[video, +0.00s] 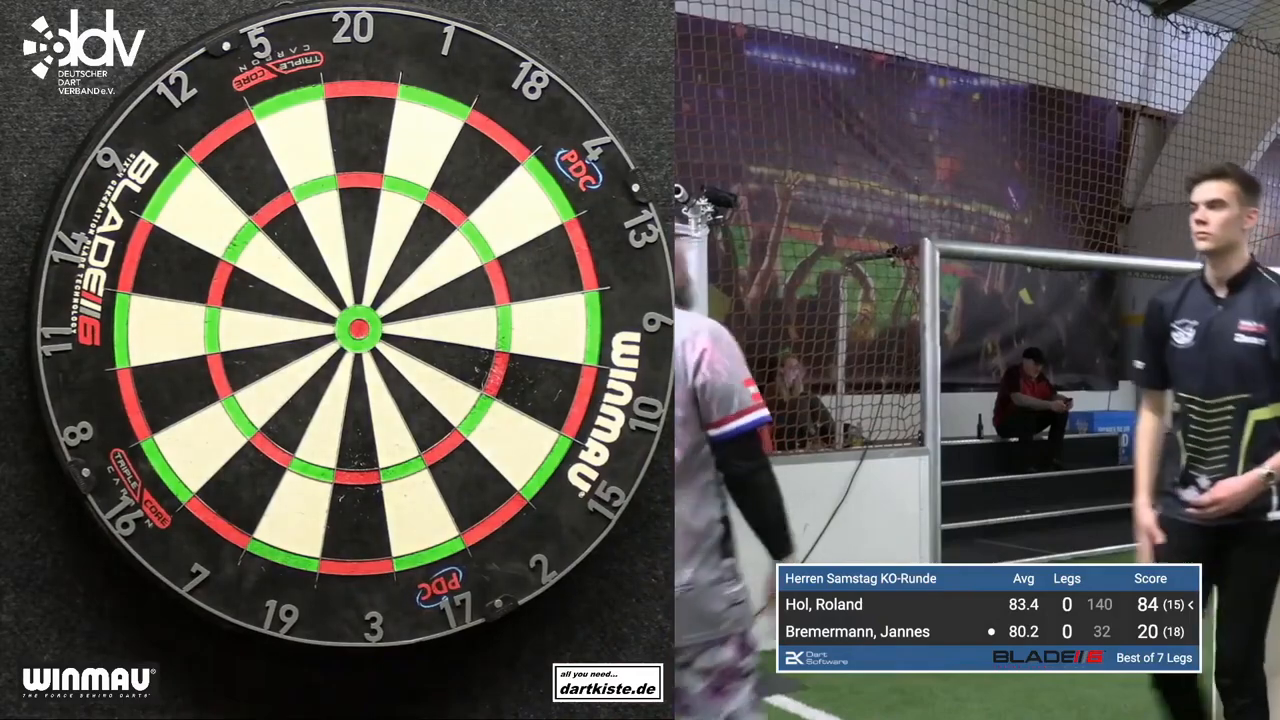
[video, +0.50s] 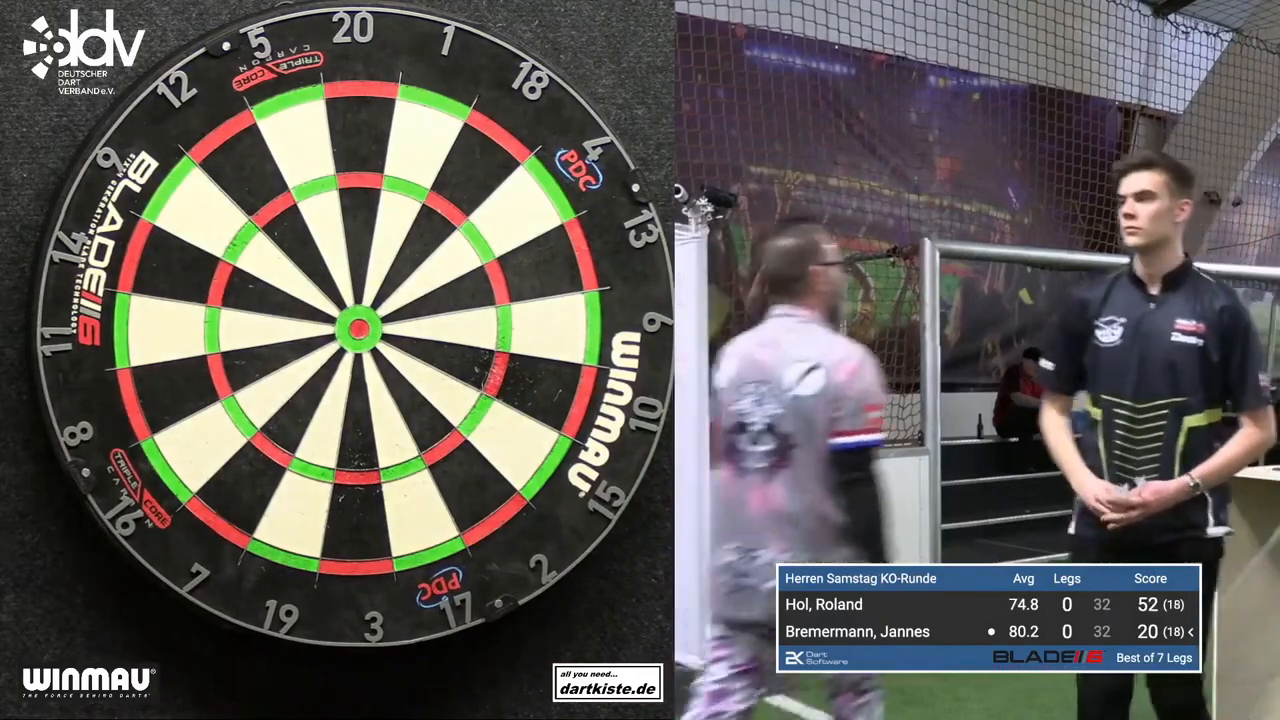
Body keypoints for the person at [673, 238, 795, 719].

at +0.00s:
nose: (687, 261)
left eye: (682, 244)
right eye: (677, 245)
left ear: (618, 266)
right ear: (661, 258)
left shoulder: (580, 345)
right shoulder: (699, 341)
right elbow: (743, 467)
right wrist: (785, 556)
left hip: (604, 591)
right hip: (691, 592)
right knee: (721, 704)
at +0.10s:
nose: (707, 256)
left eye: (705, 242)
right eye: (699, 242)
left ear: (650, 256)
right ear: (674, 253)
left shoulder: (595, 341)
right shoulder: (711, 343)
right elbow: (751, 470)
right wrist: (799, 559)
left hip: (615, 586)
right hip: (703, 590)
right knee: (761, 705)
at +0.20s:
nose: (743, 261)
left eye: (740, 249)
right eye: (735, 249)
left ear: (671, 264)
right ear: (712, 259)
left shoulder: (627, 336)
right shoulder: (738, 348)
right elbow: (770, 478)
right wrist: (815, 573)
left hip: (644, 585)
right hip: (731, 590)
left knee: (657, 708)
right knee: (787, 707)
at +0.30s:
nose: (771, 270)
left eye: (768, 257)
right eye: (763, 257)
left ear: (697, 271)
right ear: (738, 268)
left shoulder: (658, 339)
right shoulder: (765, 354)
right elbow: (786, 480)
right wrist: (826, 584)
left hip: (666, 585)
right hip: (750, 591)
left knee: (677, 710)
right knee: (791, 709)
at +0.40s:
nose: (798, 274)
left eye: (794, 262)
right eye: (789, 262)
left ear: (726, 278)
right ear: (769, 274)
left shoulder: (688, 358)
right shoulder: (795, 360)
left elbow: (675, 472)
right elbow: (809, 486)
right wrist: (841, 588)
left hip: (691, 582)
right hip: (772, 589)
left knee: (693, 706)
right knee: (819, 705)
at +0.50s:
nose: (844, 274)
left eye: (841, 263)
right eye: (837, 264)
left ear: (773, 278)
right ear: (813, 275)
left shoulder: (732, 355)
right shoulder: (848, 361)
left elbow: (723, 456)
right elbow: (856, 482)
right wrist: (879, 574)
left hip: (740, 559)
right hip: (825, 566)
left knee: (725, 686)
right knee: (856, 685)